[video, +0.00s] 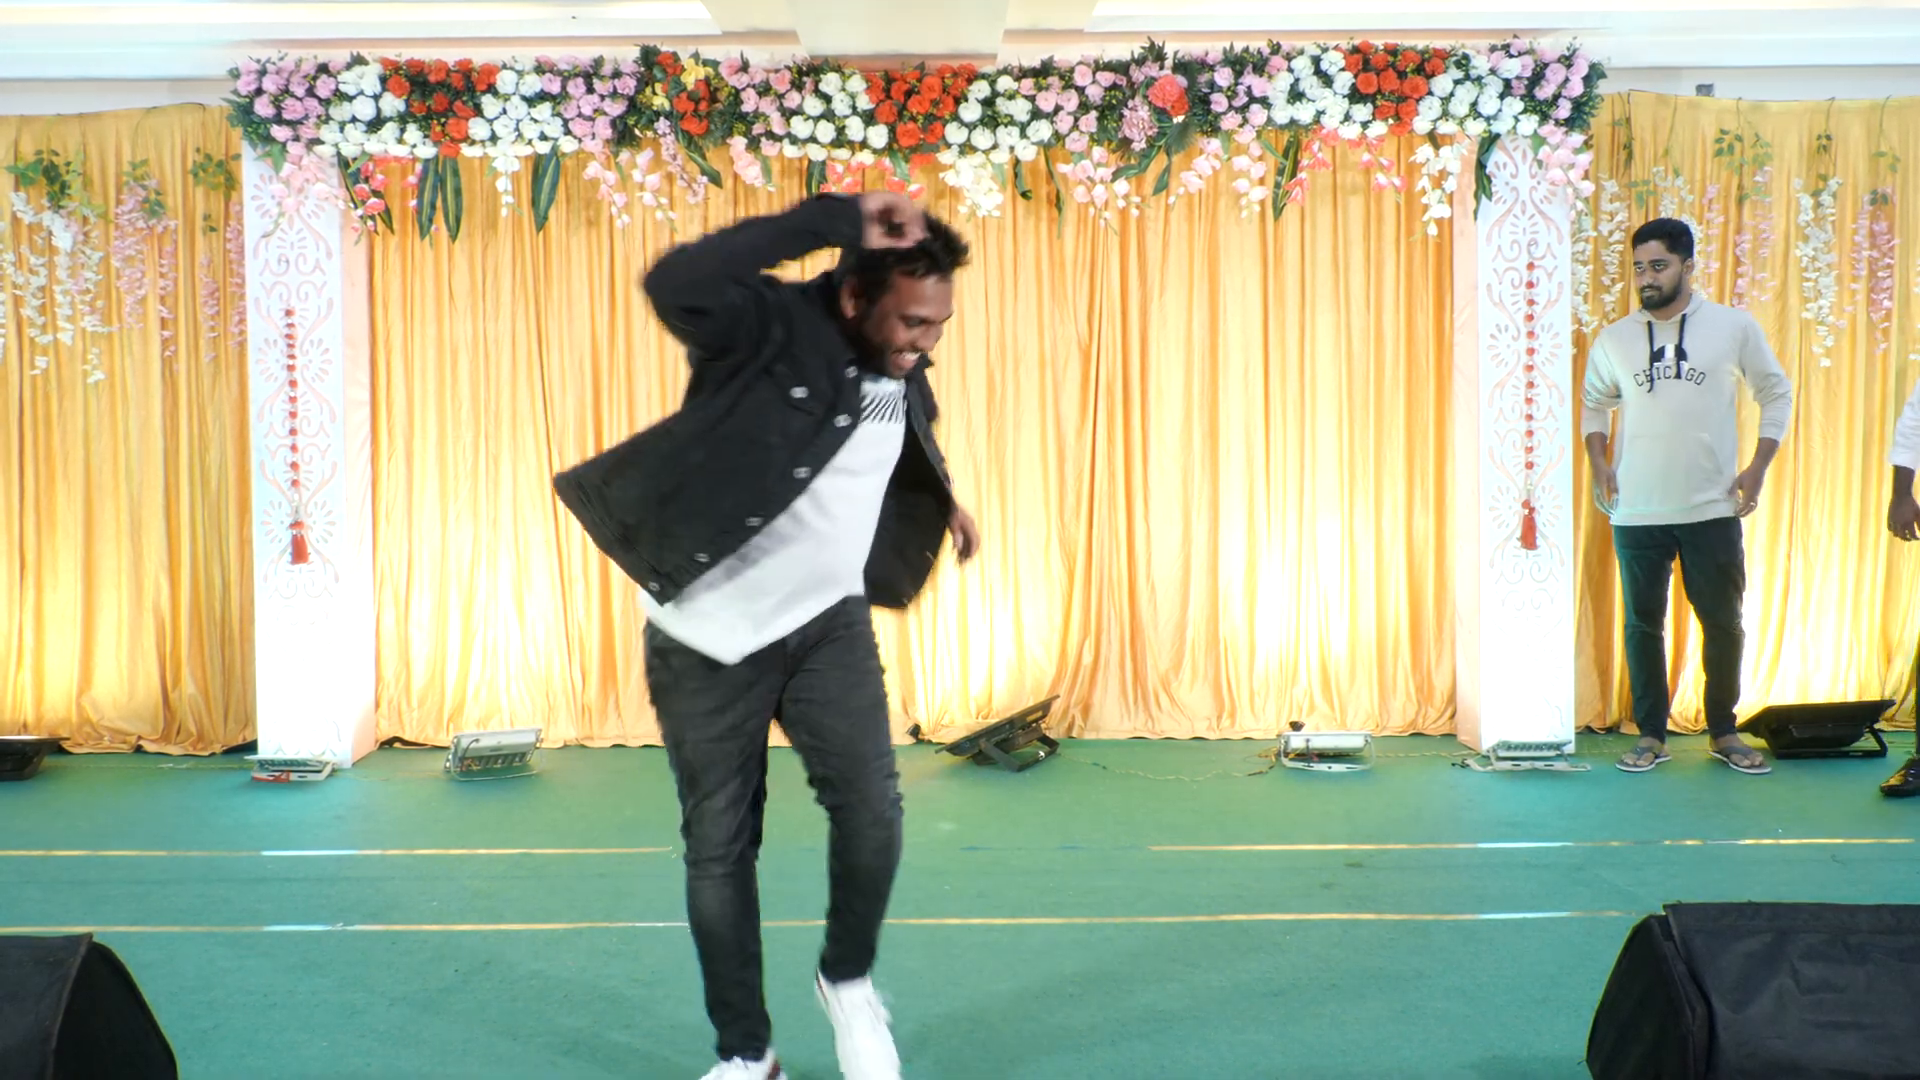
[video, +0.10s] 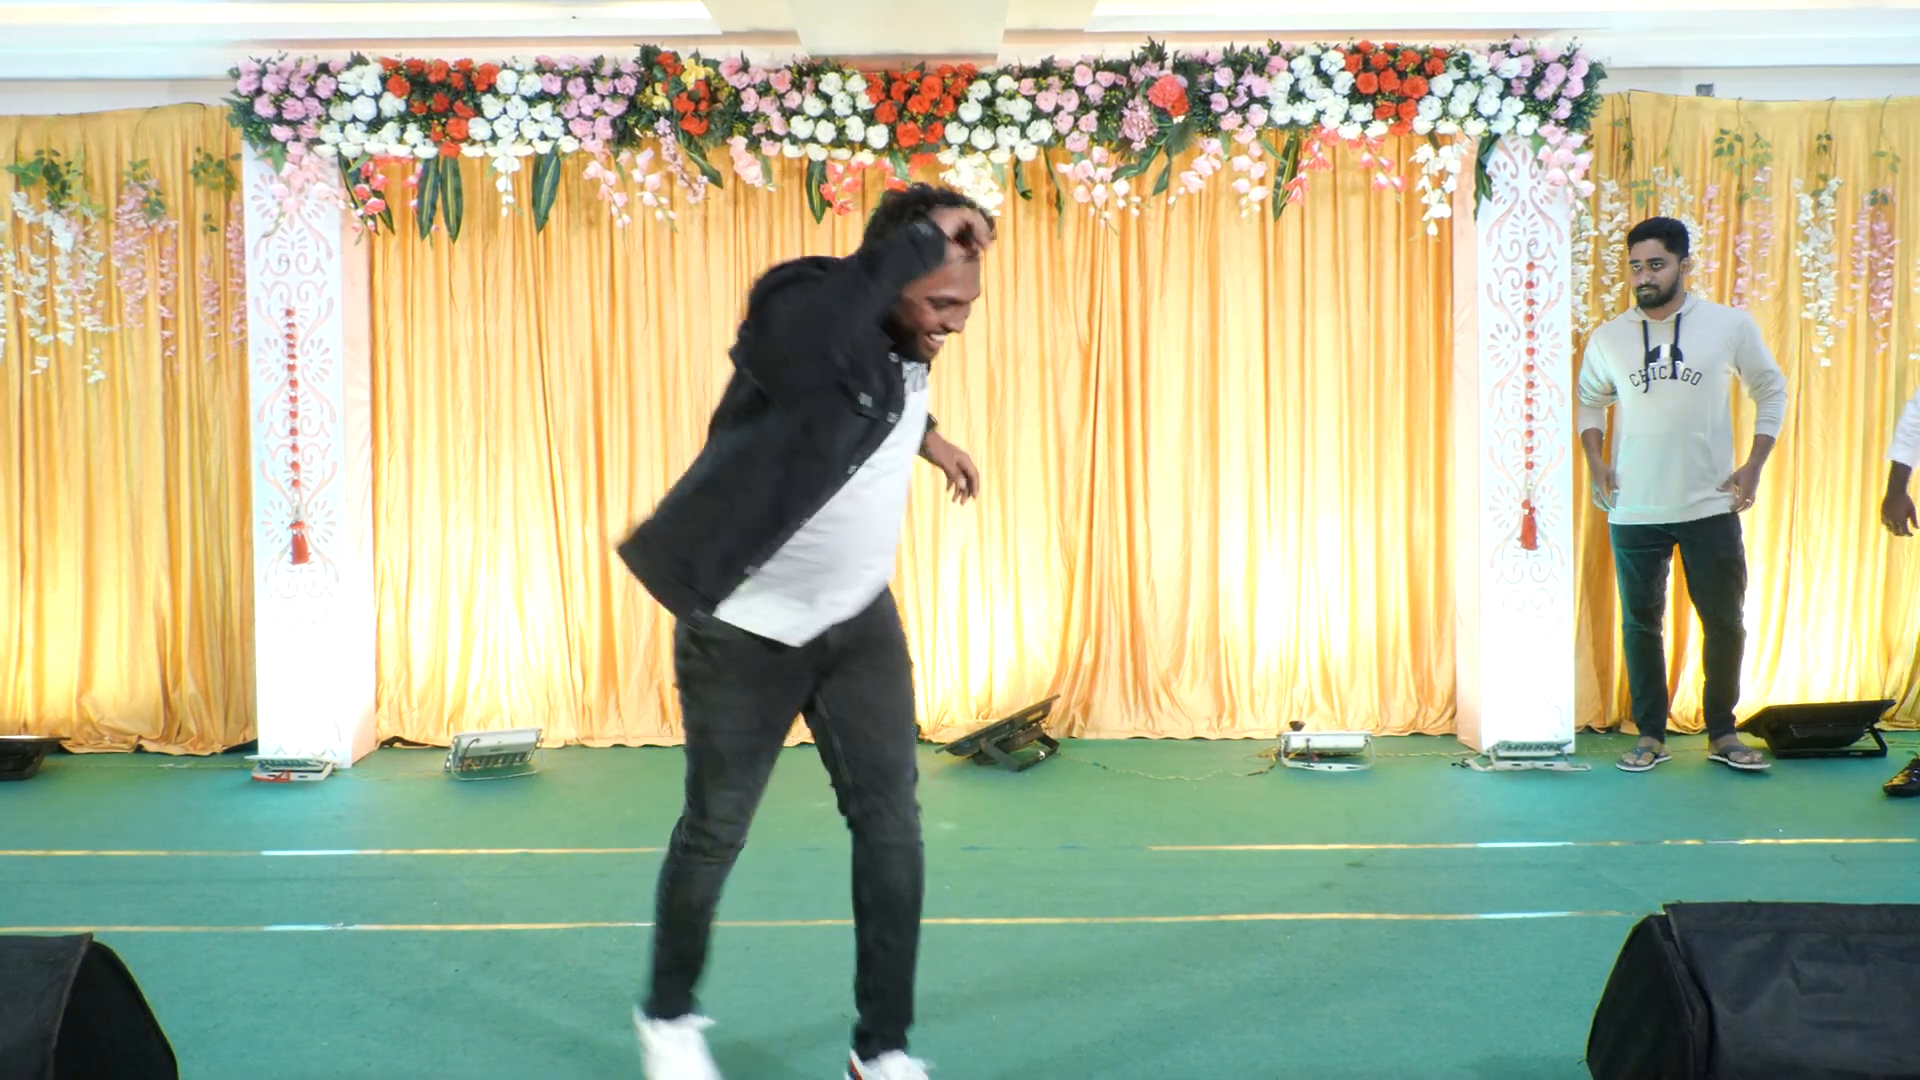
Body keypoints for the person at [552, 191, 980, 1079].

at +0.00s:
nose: (924, 342)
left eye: (937, 325)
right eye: (912, 323)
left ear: (945, 312)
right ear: (854, 294)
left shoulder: (903, 371)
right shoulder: (765, 327)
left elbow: (900, 448)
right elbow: (674, 283)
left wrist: (945, 504)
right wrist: (836, 221)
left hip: (828, 619)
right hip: (708, 632)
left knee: (873, 815)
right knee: (719, 846)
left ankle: (847, 979)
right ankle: (742, 1055)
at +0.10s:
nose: (954, 323)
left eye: (965, 307)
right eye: (940, 304)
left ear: (972, 293)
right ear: (887, 280)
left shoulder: (910, 349)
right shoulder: (802, 318)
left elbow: (879, 400)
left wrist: (931, 442)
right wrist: (926, 234)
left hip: (857, 618)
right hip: (744, 629)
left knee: (891, 825)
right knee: (714, 830)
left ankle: (883, 1049)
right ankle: (669, 1017)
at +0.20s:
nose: (979, 329)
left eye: (986, 315)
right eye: (969, 311)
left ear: (937, 311)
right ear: (906, 304)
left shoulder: (912, 349)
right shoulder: (834, 333)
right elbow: (860, 473)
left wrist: (928, 446)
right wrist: (943, 348)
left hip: (888, 671)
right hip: (780, 671)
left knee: (920, 865)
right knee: (728, 864)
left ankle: (891, 1066)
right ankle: (591, 876)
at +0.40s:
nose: (994, 351)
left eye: (1000, 331)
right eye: (980, 332)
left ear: (937, 319)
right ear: (915, 317)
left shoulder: (928, 386)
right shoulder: (851, 395)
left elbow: (884, 490)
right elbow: (850, 547)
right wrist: (973, 454)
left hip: (905, 667)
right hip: (808, 674)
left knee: (939, 864)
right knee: (805, 882)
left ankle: (893, 1063)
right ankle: (681, 755)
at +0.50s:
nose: (988, 320)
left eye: (997, 300)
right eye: (973, 299)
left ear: (998, 288)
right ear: (909, 285)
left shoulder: (956, 361)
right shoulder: (828, 356)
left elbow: (935, 467)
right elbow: (788, 498)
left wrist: (1003, 522)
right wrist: (958, 526)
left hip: (910, 649)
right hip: (803, 649)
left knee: (911, 852)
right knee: (818, 844)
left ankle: (887, 1061)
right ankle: (704, 880)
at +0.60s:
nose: (977, 298)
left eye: (984, 277)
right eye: (959, 277)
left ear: (988, 267)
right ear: (895, 262)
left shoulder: (985, 346)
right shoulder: (812, 323)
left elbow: (1001, 445)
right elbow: (763, 480)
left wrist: (1043, 543)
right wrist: (830, 635)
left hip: (909, 630)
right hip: (794, 624)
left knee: (888, 844)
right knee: (782, 844)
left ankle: (883, 1059)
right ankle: (744, 1050)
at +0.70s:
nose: (965, 279)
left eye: (971, 259)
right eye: (946, 262)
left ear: (977, 254)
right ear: (882, 259)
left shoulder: (985, 360)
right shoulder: (799, 341)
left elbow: (1036, 474)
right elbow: (746, 509)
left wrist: (1087, 589)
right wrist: (685, 651)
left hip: (912, 654)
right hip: (791, 654)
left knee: (893, 851)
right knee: (774, 857)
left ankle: (886, 1060)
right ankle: (753, 1066)